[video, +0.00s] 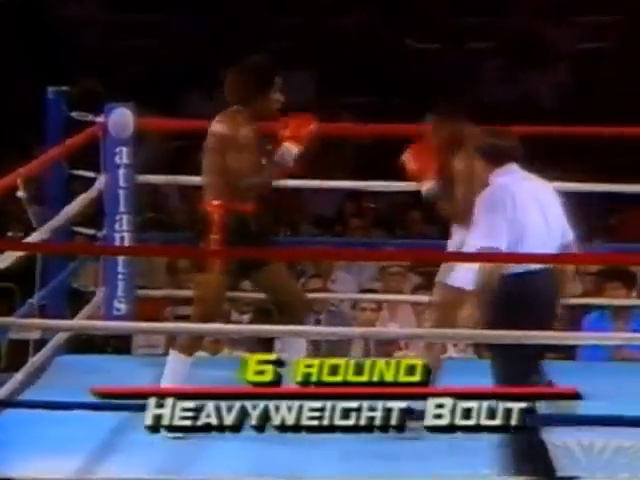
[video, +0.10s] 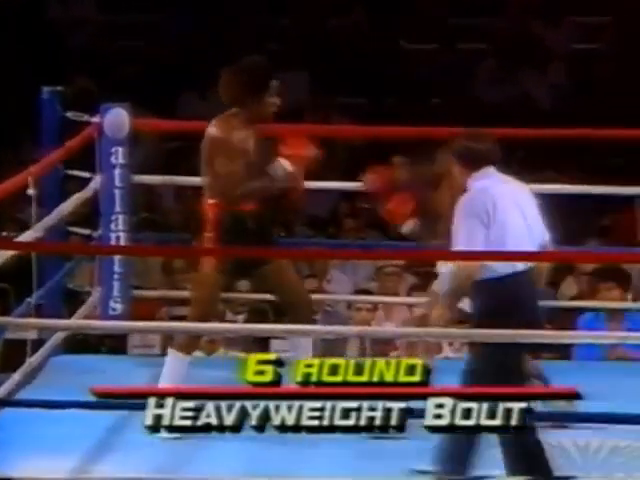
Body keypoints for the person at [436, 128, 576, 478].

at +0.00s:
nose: (470, 168)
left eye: (472, 161)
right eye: (470, 161)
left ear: (484, 161)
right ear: (514, 156)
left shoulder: (495, 193)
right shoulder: (544, 188)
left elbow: (491, 257)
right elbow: (566, 246)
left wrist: (481, 305)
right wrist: (560, 295)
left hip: (514, 283)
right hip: (547, 279)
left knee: (511, 375)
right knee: (522, 369)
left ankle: (535, 464)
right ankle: (523, 458)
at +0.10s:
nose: (452, 176)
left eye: (453, 167)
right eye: (452, 168)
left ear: (464, 165)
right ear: (491, 161)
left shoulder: (473, 198)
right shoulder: (520, 189)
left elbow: (469, 264)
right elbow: (543, 249)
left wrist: (446, 303)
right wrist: (531, 288)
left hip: (494, 292)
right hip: (524, 288)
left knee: (503, 383)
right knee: (479, 379)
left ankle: (533, 469)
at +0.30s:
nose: (416, 180)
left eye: (418, 173)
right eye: (416, 172)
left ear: (428, 173)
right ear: (456, 167)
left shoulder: (442, 204)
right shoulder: (483, 197)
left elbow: (437, 267)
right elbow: (504, 256)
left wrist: (404, 303)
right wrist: (495, 296)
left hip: (460, 294)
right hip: (486, 290)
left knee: (482, 384)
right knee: (449, 380)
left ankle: (528, 468)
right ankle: (411, 462)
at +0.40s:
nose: (399, 177)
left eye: (401, 170)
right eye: (400, 170)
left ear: (411, 170)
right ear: (439, 165)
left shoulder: (420, 204)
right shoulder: (465, 198)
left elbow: (415, 265)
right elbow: (487, 256)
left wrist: (389, 304)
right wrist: (478, 294)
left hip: (439, 295)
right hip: (468, 291)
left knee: (453, 385)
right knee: (433, 383)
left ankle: (516, 469)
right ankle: (409, 467)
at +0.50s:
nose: (374, 169)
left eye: (377, 163)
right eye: (375, 161)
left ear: (386, 165)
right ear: (416, 161)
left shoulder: (395, 200)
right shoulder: (442, 195)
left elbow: (391, 262)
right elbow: (460, 255)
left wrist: (368, 306)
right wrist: (449, 293)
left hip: (408, 291)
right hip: (440, 288)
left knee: (402, 384)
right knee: (414, 382)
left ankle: (471, 453)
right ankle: (406, 465)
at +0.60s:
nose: (364, 168)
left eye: (366, 162)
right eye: (366, 161)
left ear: (374, 163)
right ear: (405, 159)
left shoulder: (377, 197)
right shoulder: (428, 191)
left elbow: (375, 259)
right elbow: (444, 249)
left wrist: (358, 307)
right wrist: (431, 288)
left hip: (396, 283)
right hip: (427, 280)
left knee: (373, 366)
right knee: (412, 366)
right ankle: (411, 451)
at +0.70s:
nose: (340, 166)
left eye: (342, 160)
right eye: (342, 159)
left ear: (350, 161)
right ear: (380, 157)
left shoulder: (353, 196)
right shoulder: (405, 189)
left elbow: (351, 259)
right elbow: (425, 247)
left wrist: (341, 312)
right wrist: (410, 285)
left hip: (371, 282)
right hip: (404, 278)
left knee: (353, 366)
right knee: (395, 371)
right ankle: (398, 463)